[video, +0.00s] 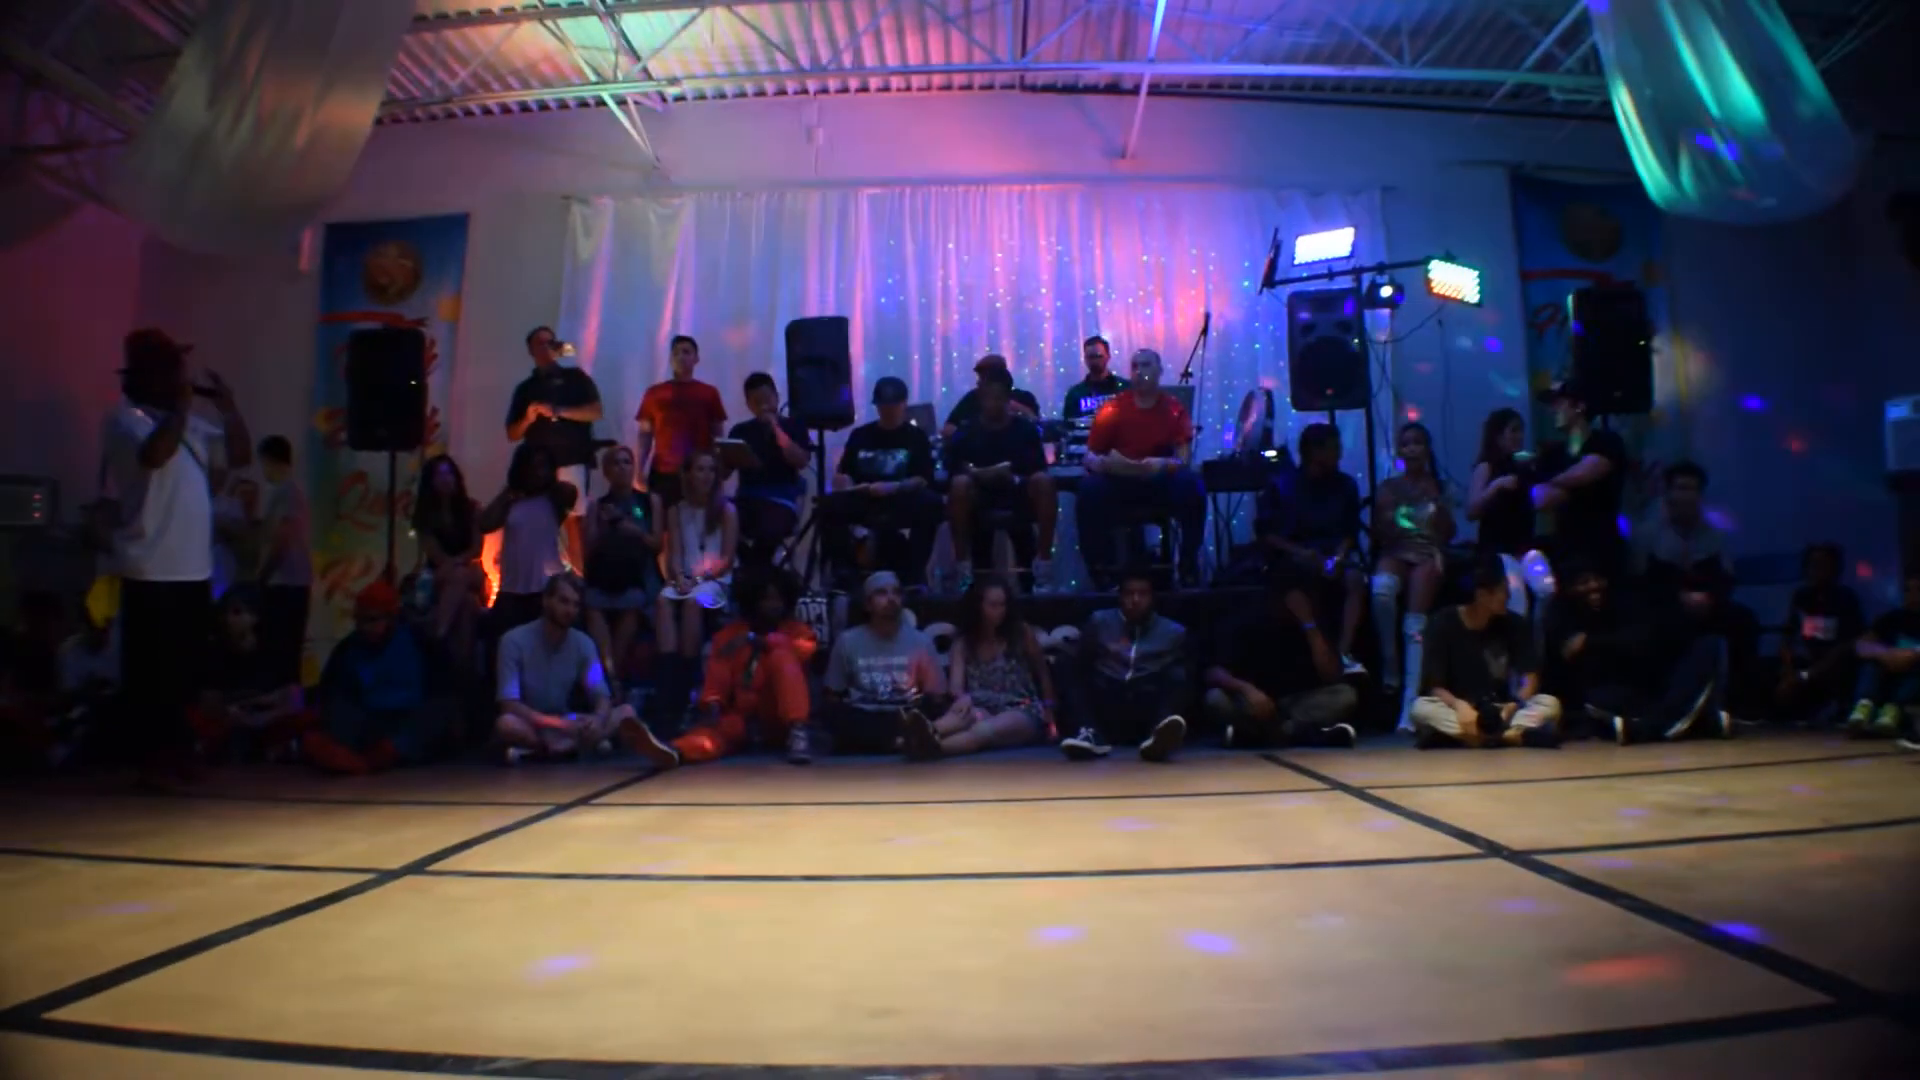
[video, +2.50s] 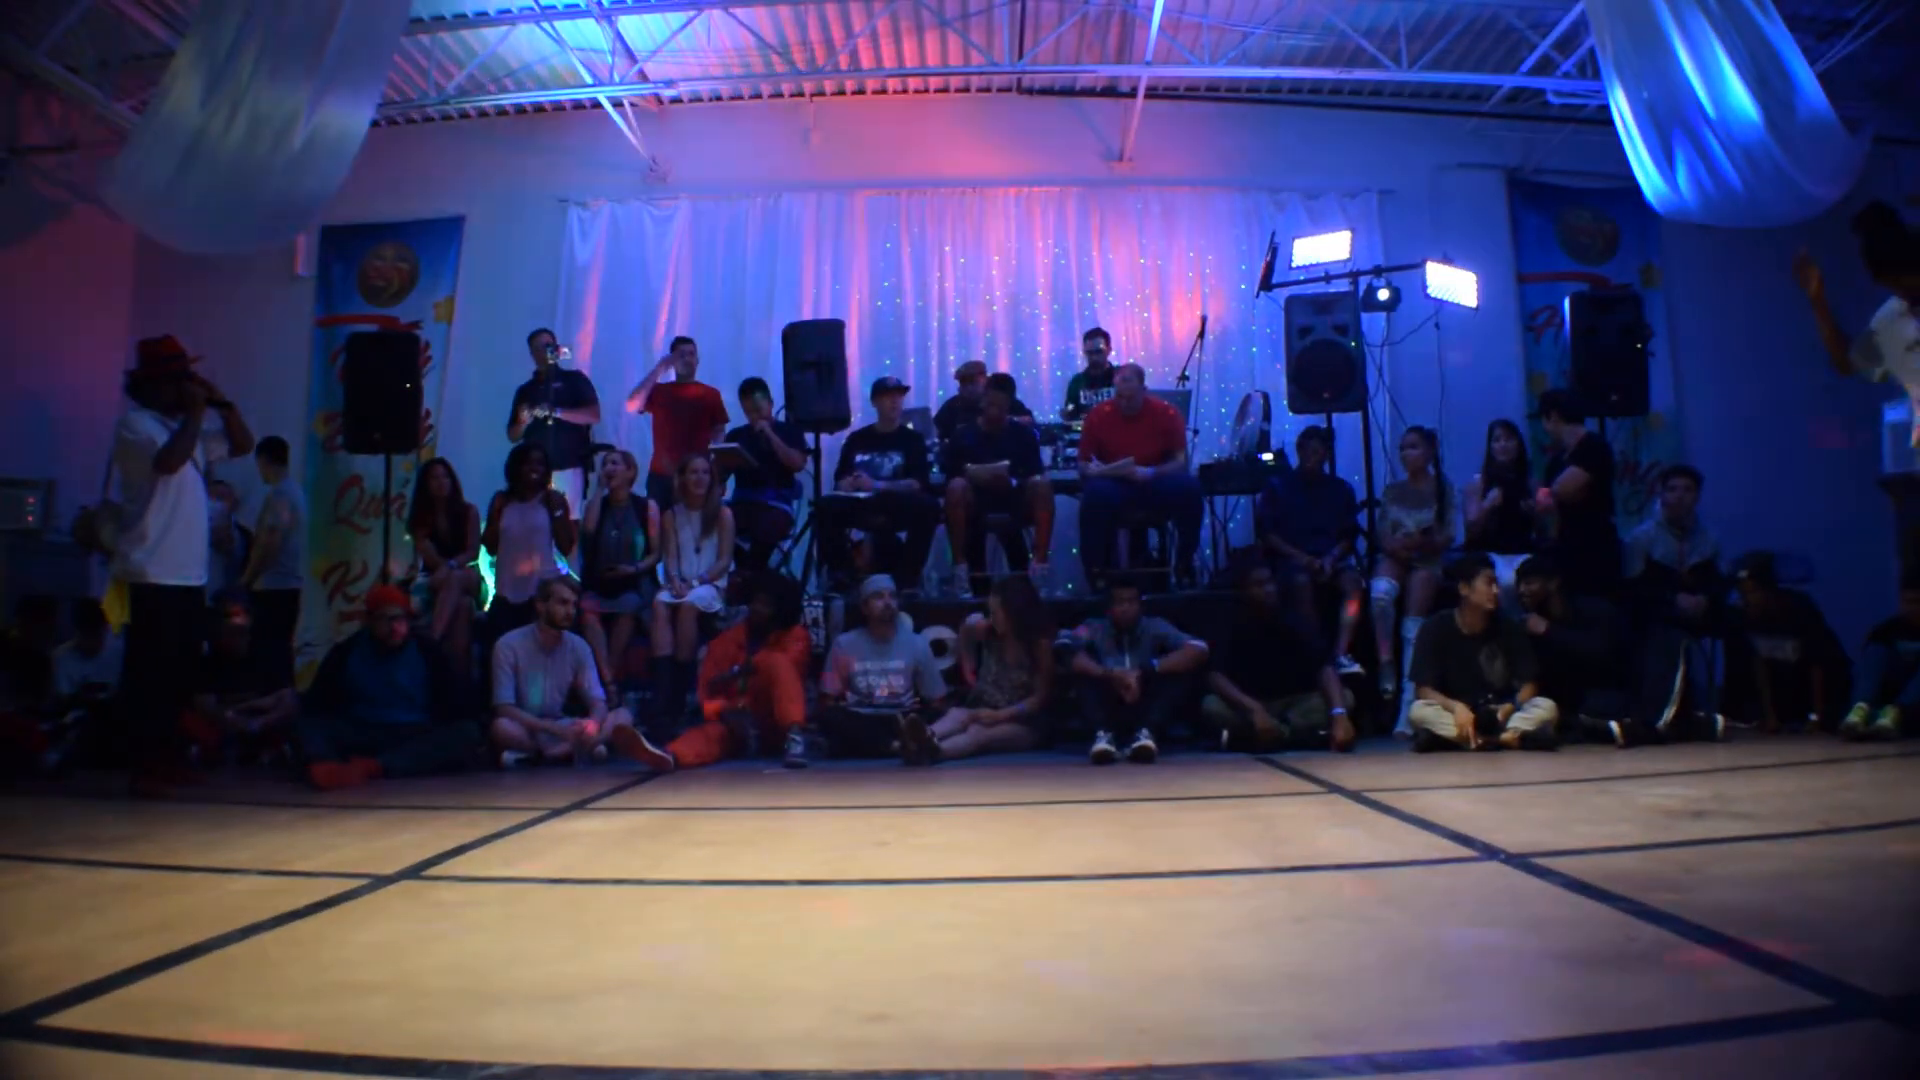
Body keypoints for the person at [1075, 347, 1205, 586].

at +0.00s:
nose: (1139, 372)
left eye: (1146, 366)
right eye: (1135, 366)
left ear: (1159, 371)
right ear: (1130, 373)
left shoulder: (1174, 410)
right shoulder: (1112, 409)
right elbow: (1090, 457)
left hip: (1158, 482)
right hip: (1119, 481)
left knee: (1193, 488)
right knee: (1090, 492)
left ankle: (1189, 568)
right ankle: (1100, 574)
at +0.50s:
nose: (1148, 374)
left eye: (1151, 369)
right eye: (1140, 370)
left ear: (1156, 373)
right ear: (1127, 375)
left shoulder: (1172, 408)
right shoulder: (1108, 414)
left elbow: (1183, 457)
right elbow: (1089, 461)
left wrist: (1154, 467)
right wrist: (1119, 462)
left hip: (1160, 480)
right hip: (1123, 481)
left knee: (1196, 484)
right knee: (1098, 489)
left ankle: (1192, 568)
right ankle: (1102, 572)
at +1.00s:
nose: (1122, 394)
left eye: (1128, 387)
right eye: (1117, 387)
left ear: (1142, 385)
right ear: (1112, 386)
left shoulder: (1161, 412)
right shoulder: (1100, 416)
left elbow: (1173, 460)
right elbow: (1084, 464)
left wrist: (1141, 471)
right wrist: (1106, 465)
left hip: (1152, 482)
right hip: (1114, 483)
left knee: (1187, 489)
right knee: (1094, 494)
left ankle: (1185, 570)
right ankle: (1098, 575)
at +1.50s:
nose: (1121, 402)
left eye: (1127, 396)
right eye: (1116, 395)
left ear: (1140, 392)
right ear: (1109, 391)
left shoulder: (1161, 413)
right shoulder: (1096, 417)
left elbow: (1178, 461)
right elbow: (1081, 467)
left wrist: (1145, 471)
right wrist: (1107, 470)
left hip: (1151, 483)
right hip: (1113, 484)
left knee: (1184, 490)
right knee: (1093, 494)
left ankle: (1183, 570)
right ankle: (1097, 575)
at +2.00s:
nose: (1124, 402)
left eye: (1130, 396)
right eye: (1120, 395)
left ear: (1143, 391)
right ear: (1113, 391)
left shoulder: (1165, 414)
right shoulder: (1096, 417)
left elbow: (1180, 461)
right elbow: (1084, 466)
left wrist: (1150, 472)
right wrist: (1113, 469)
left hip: (1155, 483)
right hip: (1115, 485)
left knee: (1187, 491)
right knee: (1095, 492)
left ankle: (1184, 569)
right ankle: (1099, 574)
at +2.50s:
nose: (1125, 402)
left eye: (1130, 396)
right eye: (1120, 396)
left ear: (1143, 390)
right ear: (1114, 392)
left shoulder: (1166, 414)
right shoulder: (1098, 416)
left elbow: (1180, 462)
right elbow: (1085, 464)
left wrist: (1151, 473)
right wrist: (1110, 470)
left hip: (1154, 484)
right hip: (1116, 484)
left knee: (1189, 491)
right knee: (1095, 494)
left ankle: (1184, 567)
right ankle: (1097, 573)